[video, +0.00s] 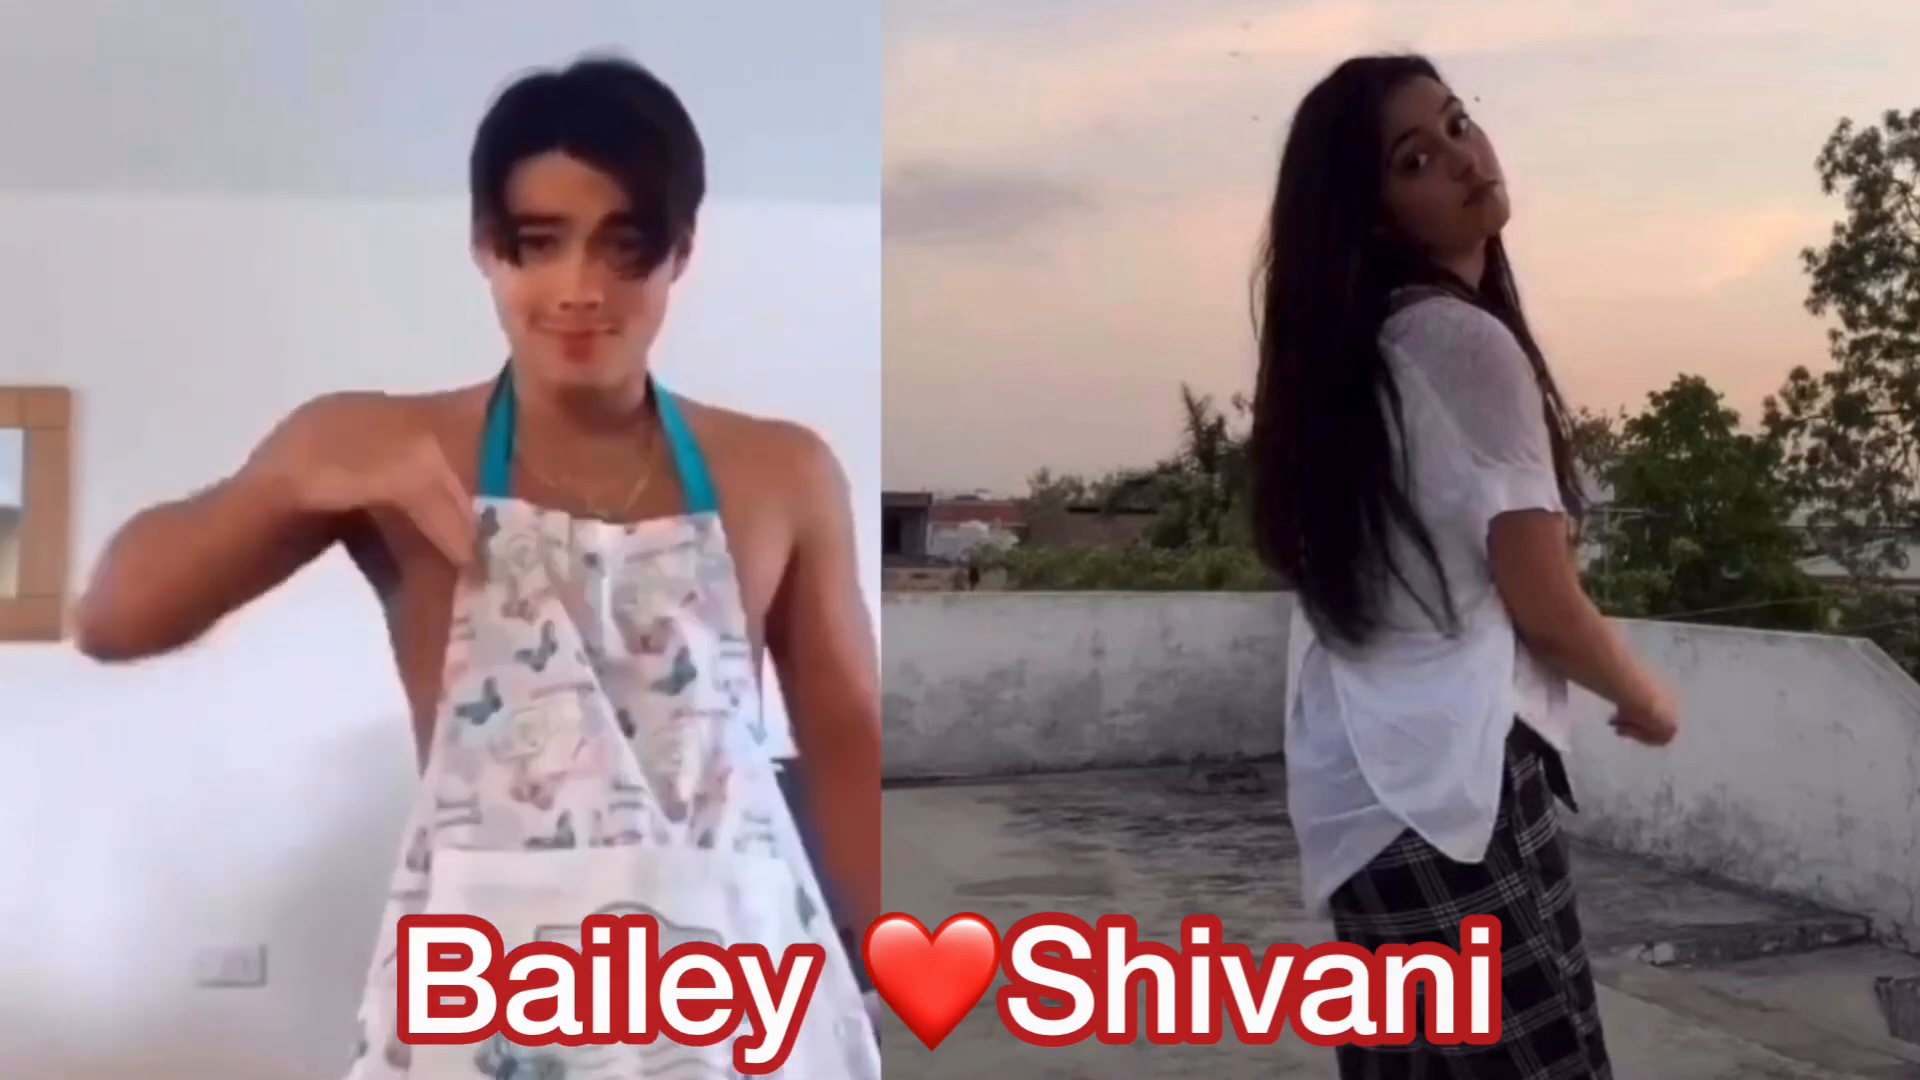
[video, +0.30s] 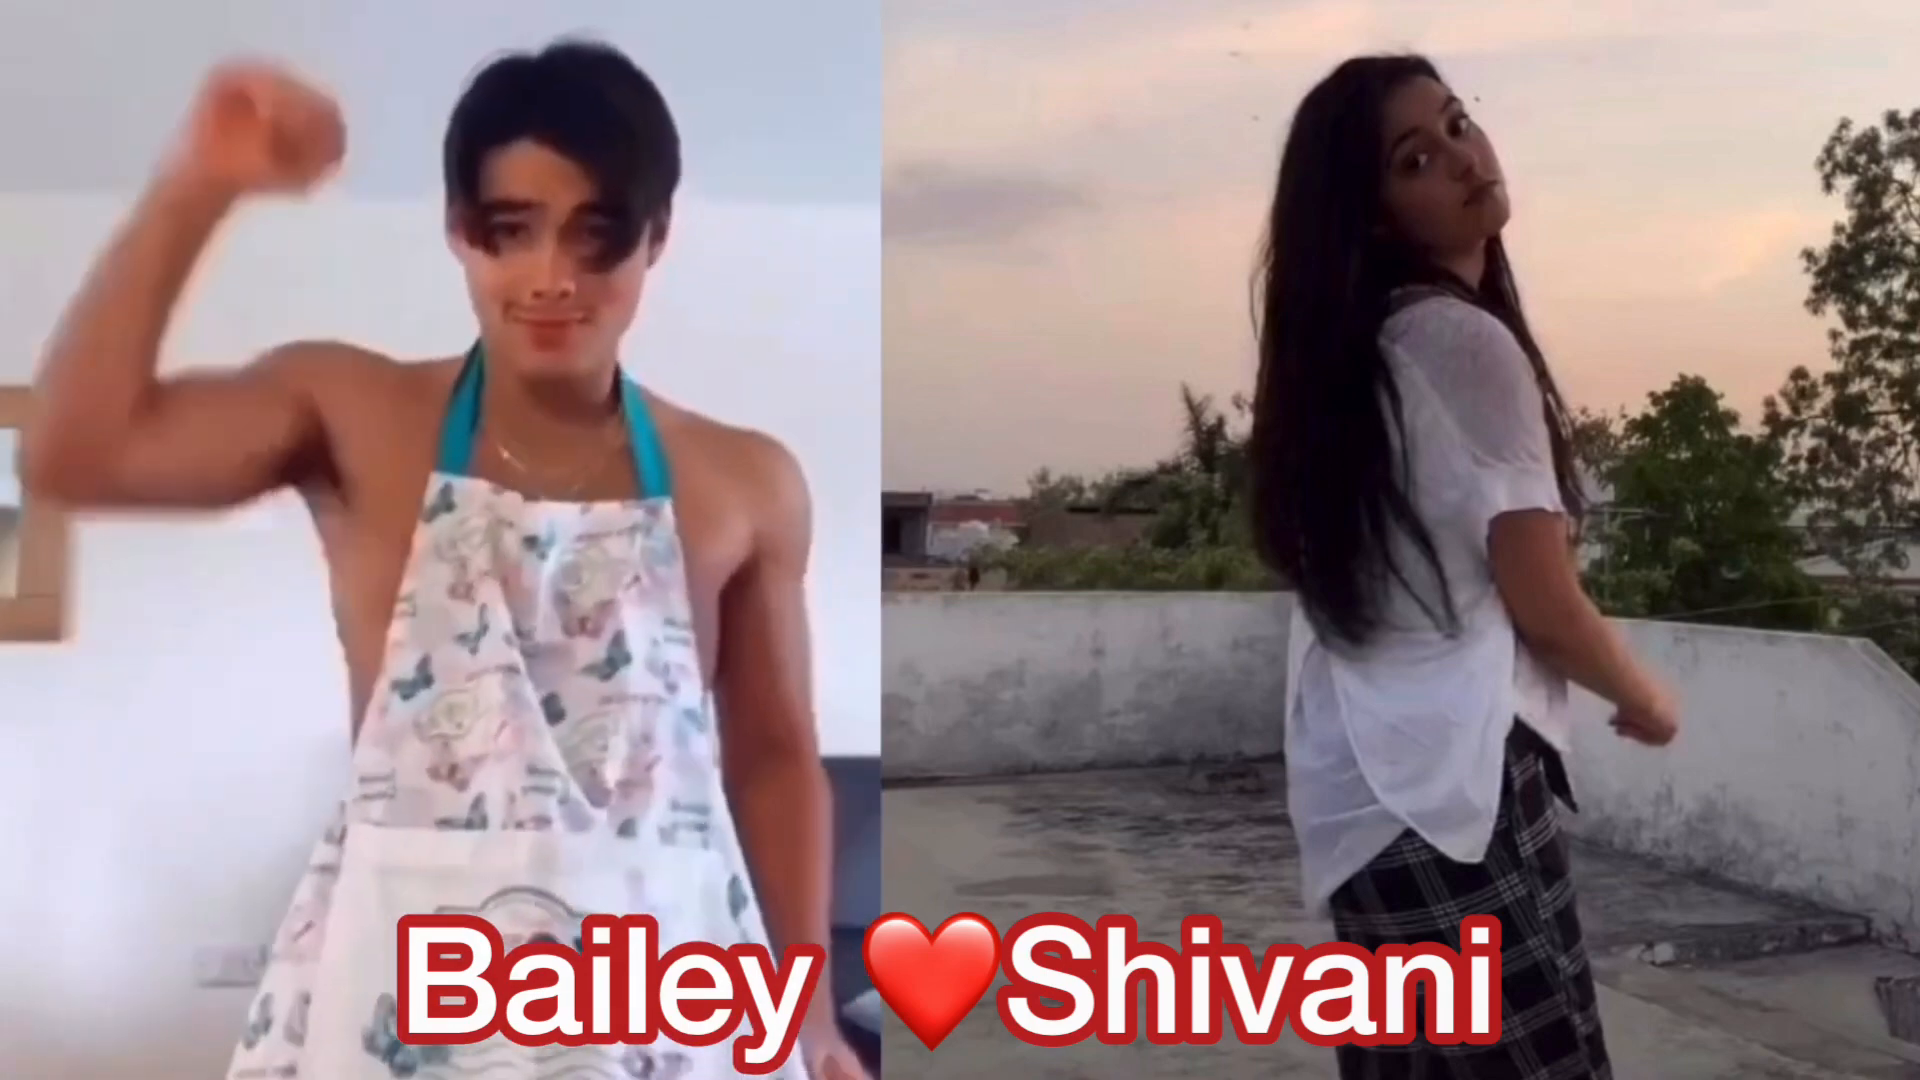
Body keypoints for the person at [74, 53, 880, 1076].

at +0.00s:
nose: (578, 291)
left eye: (624, 246)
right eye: (533, 245)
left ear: (682, 258)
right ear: (486, 255)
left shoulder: (784, 474)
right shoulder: (384, 453)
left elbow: (845, 759)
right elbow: (110, 621)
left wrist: (861, 990)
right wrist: (295, 476)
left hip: (745, 983)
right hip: (488, 996)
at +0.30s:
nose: (550, 281)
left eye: (597, 237)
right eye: (506, 231)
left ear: (657, 243)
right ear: (458, 234)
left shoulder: (746, 483)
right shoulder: (347, 410)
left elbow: (775, 757)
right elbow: (75, 455)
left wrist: (808, 1009)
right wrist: (194, 191)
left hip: (667, 1001)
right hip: (403, 999)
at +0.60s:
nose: (490, 268)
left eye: (538, 223)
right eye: (445, 219)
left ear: (595, 230)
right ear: (393, 220)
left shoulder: (695, 463)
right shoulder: (310, 390)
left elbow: (740, 737)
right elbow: (160, 98)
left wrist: (784, 1000)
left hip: (637, 982)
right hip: (373, 979)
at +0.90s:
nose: (465, 268)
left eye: (513, 221)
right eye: (420, 218)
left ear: (583, 222)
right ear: (377, 227)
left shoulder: (664, 495)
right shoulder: (290, 363)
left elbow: (739, 775)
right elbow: (126, 73)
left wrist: (809, 1043)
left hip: (584, 992)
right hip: (331, 985)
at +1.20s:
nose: (537, 243)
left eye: (584, 191)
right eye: (493, 193)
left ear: (659, 184)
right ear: (449, 197)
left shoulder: (756, 411)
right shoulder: (390, 307)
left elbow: (787, 718)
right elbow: (200, 50)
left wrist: (814, 1029)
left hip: (579, 942)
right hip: (329, 917)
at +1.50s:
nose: (653, 371)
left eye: (695, 319)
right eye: (605, 322)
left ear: (773, 309)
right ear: (566, 325)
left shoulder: (855, 470)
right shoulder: (505, 474)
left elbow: (858, 778)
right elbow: (285, 264)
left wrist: (853, 979)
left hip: (806, 1008)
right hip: (564, 1007)